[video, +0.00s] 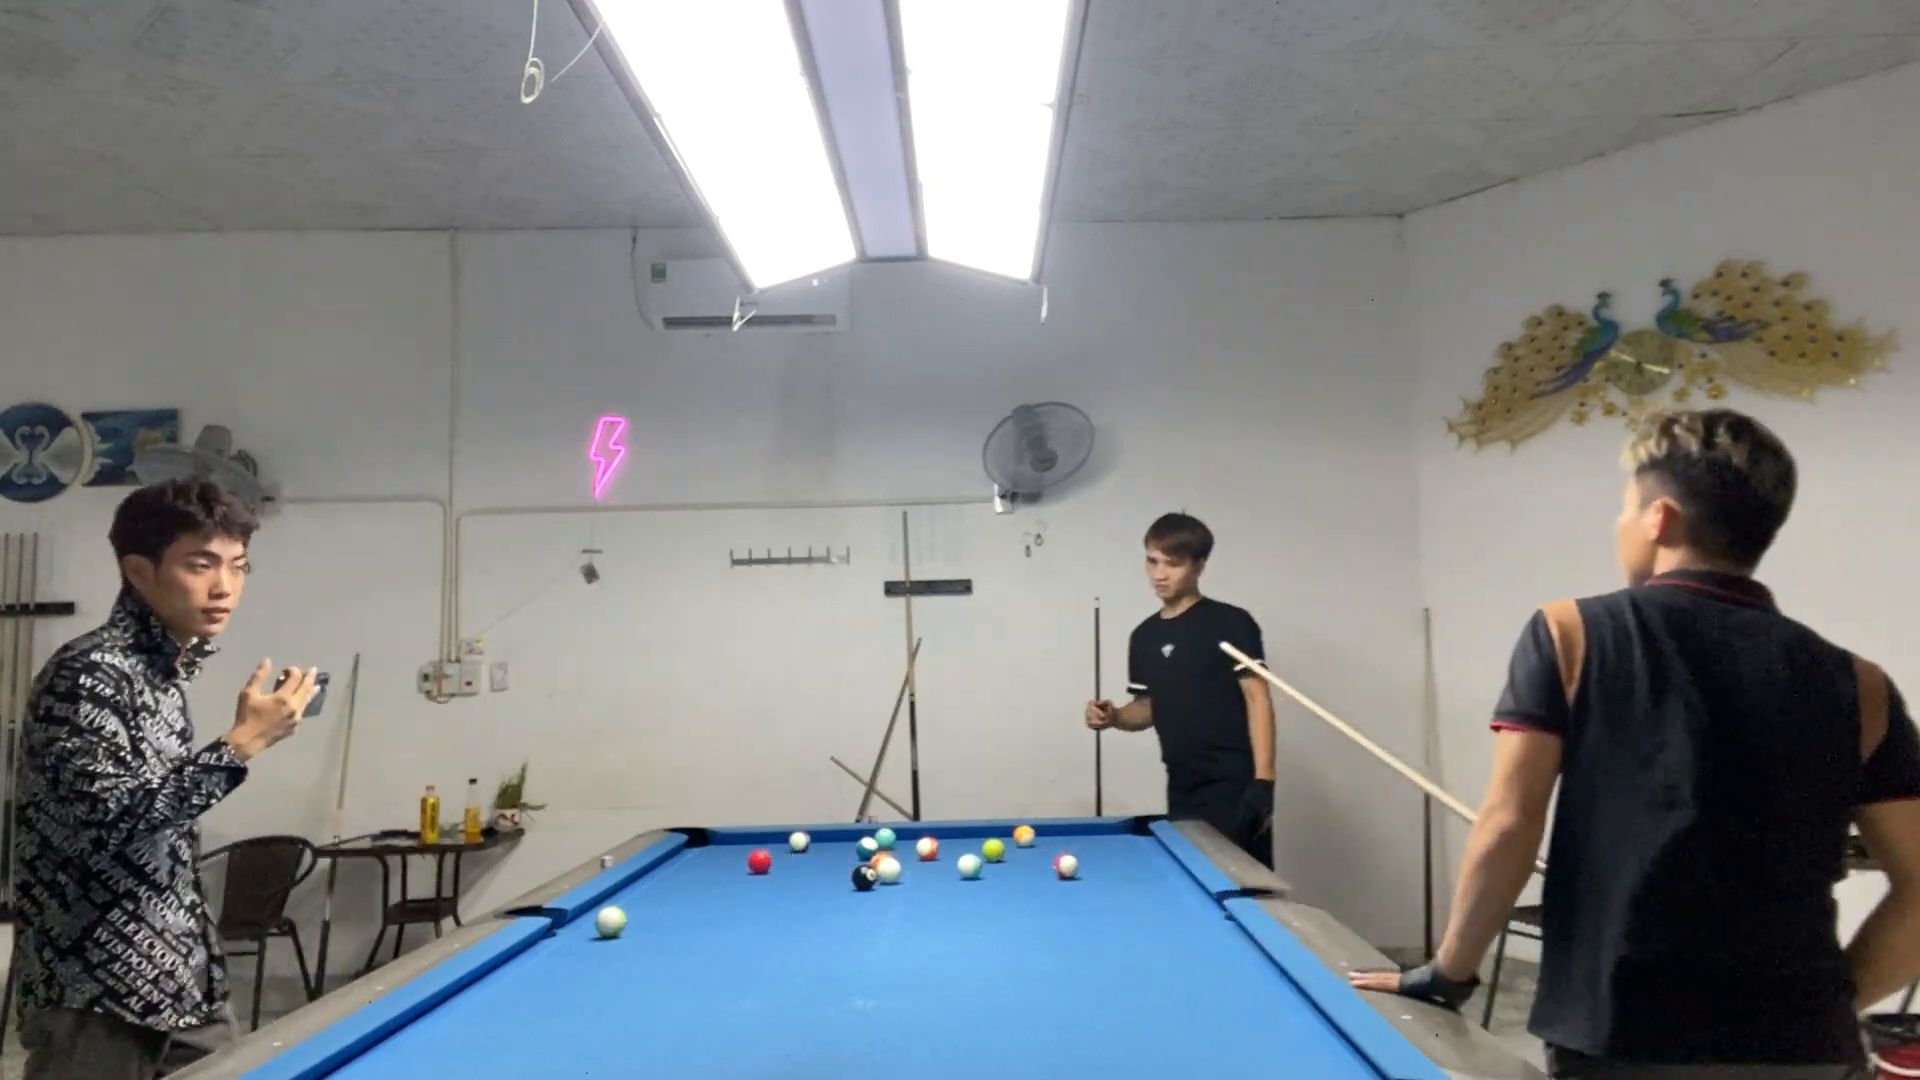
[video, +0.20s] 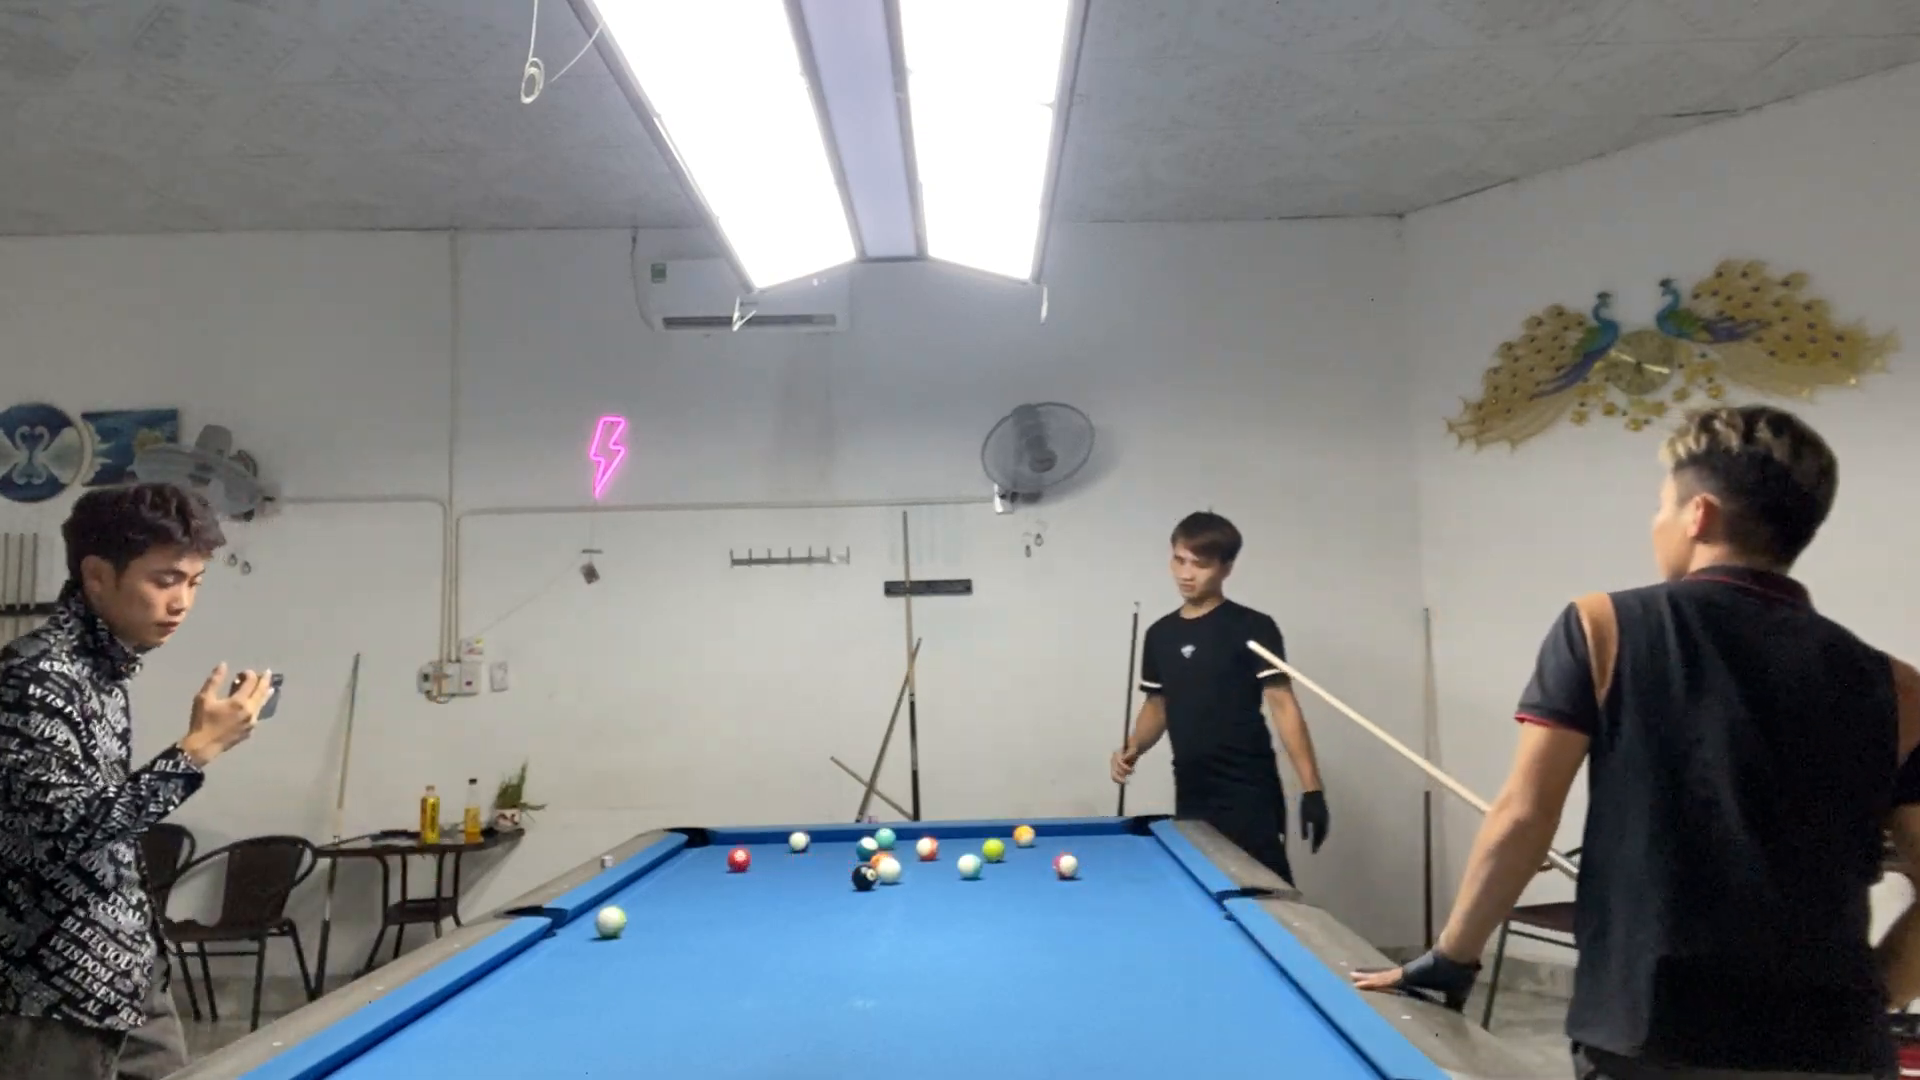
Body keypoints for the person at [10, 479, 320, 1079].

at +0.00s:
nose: (226, 587)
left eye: (237, 566)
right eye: (201, 564)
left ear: (246, 571)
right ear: (140, 572)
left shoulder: (163, 681)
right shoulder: (86, 676)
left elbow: (163, 857)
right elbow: (102, 826)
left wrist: (200, 981)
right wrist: (240, 744)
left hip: (177, 990)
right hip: (93, 1001)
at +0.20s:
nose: (183, 602)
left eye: (193, 583)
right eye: (165, 580)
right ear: (96, 575)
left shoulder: (101, 675)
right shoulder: (35, 681)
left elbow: (97, 840)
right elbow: (75, 838)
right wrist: (200, 747)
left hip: (132, 980)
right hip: (49, 999)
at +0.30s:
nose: (165, 604)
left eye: (174, 583)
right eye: (148, 582)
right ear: (81, 576)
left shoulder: (80, 668)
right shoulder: (23, 679)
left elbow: (79, 834)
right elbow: (62, 832)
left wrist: (122, 930)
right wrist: (185, 746)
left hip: (115, 970)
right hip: (40, 991)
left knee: (144, 1068)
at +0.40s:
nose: (152, 603)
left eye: (160, 583)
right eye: (135, 582)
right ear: (68, 576)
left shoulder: (68, 660)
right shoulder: (15, 674)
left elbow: (64, 816)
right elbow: (50, 831)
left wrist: (101, 866)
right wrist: (174, 746)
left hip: (97, 968)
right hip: (33, 987)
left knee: (124, 1068)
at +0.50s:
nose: (142, 603)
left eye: (150, 582)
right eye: (126, 582)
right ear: (58, 577)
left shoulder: (57, 659)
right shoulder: (13, 675)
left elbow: (51, 788)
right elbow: (41, 829)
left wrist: (89, 840)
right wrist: (168, 745)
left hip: (80, 978)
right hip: (27, 997)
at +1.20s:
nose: (82, 583)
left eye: (83, 563)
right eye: (68, 561)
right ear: (8, 566)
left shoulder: (19, 663)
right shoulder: (6, 668)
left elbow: (61, 774)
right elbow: (32, 802)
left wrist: (20, 816)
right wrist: (153, 708)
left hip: (39, 957)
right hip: (16, 965)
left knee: (52, 1067)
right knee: (37, 1068)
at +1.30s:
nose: (79, 581)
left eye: (79, 562)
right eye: (63, 560)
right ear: (6, 566)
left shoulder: (16, 666)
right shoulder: (5, 671)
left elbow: (46, 784)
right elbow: (33, 801)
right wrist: (148, 707)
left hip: (36, 961)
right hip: (15, 968)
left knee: (48, 1068)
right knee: (34, 1069)